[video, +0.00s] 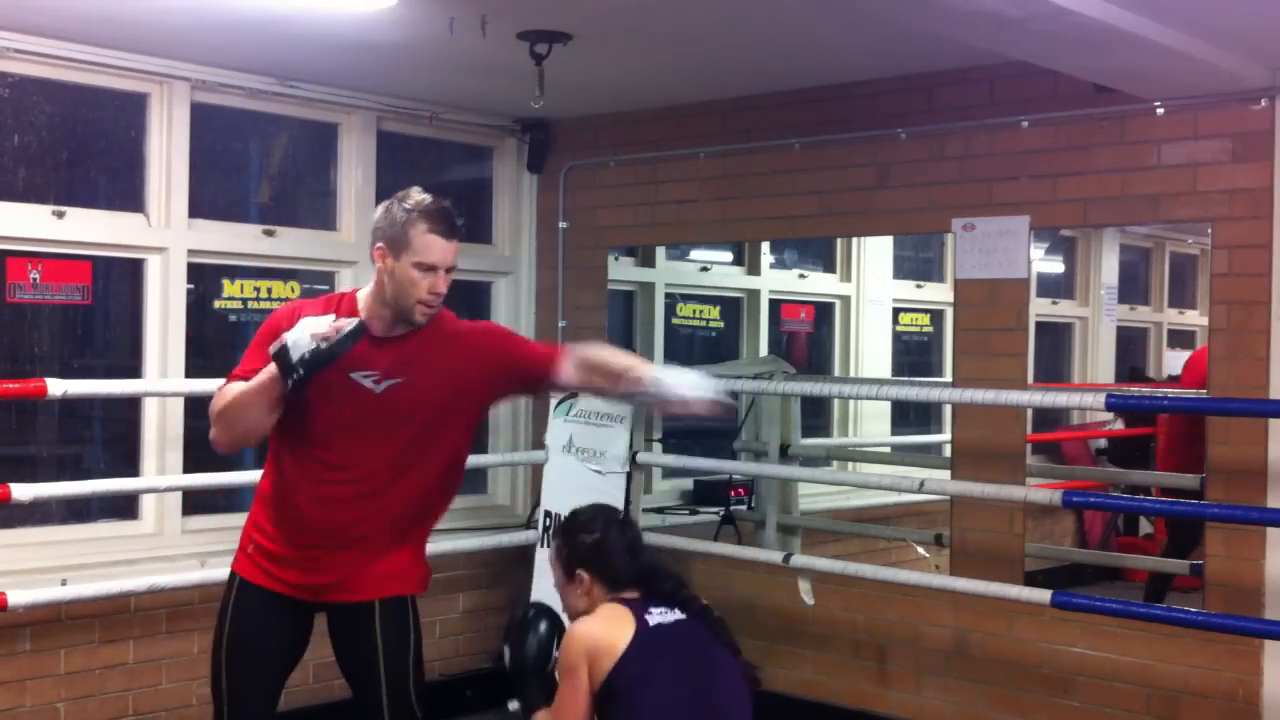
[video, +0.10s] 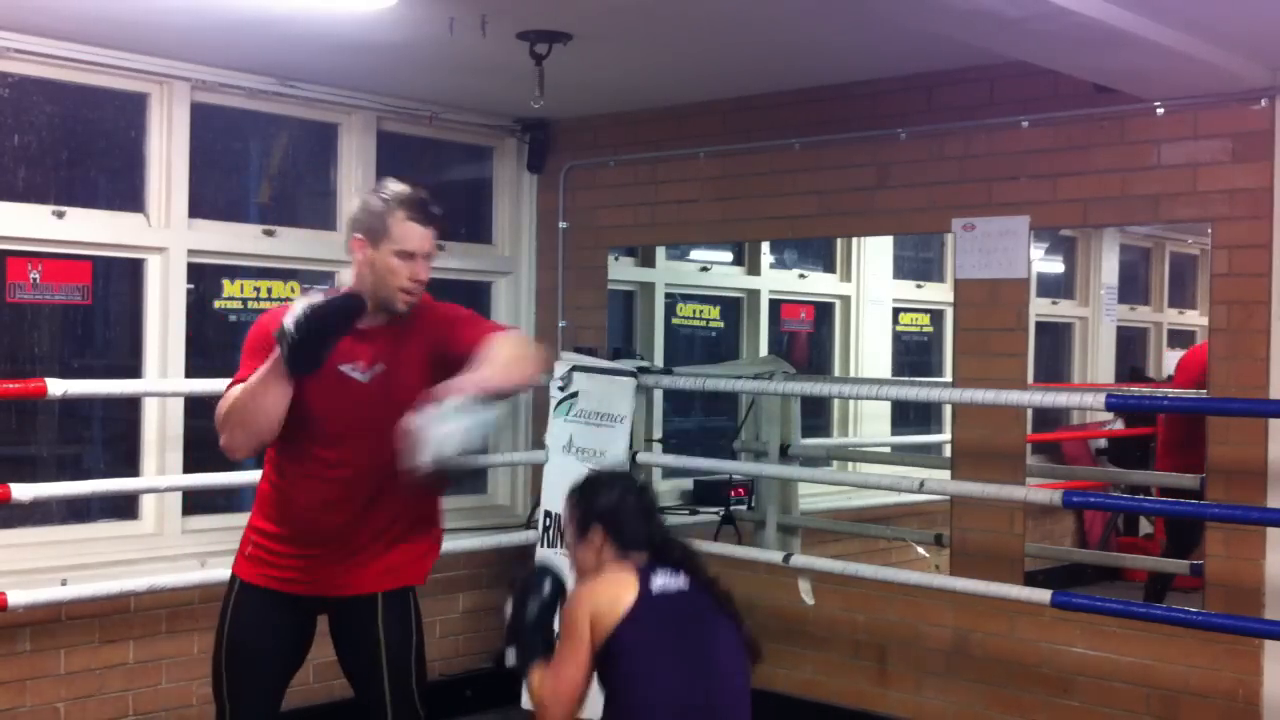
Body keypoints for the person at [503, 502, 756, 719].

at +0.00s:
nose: (559, 592)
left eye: (559, 581)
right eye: (556, 581)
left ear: (583, 583)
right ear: (631, 567)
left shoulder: (586, 634)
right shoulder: (689, 606)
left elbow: (566, 715)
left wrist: (532, 690)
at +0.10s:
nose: (567, 549)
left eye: (570, 536)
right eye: (566, 536)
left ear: (598, 537)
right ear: (644, 529)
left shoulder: (594, 594)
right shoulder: (696, 580)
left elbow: (555, 707)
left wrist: (531, 639)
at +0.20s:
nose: (581, 488)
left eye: (585, 475)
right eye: (581, 474)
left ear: (610, 477)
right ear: (657, 474)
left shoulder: (598, 534)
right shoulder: (706, 532)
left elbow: (554, 647)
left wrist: (537, 572)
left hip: (649, 709)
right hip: (734, 709)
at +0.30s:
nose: (591, 440)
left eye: (596, 425)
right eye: (592, 425)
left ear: (623, 432)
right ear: (672, 430)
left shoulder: (608, 490)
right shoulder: (714, 486)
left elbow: (558, 600)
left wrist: (542, 524)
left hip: (654, 698)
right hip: (741, 698)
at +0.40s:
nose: (604, 418)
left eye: (607, 406)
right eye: (604, 406)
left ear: (635, 408)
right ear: (684, 408)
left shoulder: (619, 466)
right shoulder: (726, 466)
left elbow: (565, 575)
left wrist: (550, 500)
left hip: (659, 687)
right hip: (748, 687)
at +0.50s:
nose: (608, 409)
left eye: (612, 397)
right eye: (608, 398)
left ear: (641, 396)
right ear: (690, 396)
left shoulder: (625, 454)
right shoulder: (730, 456)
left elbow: (570, 564)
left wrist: (555, 487)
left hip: (662, 681)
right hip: (750, 681)